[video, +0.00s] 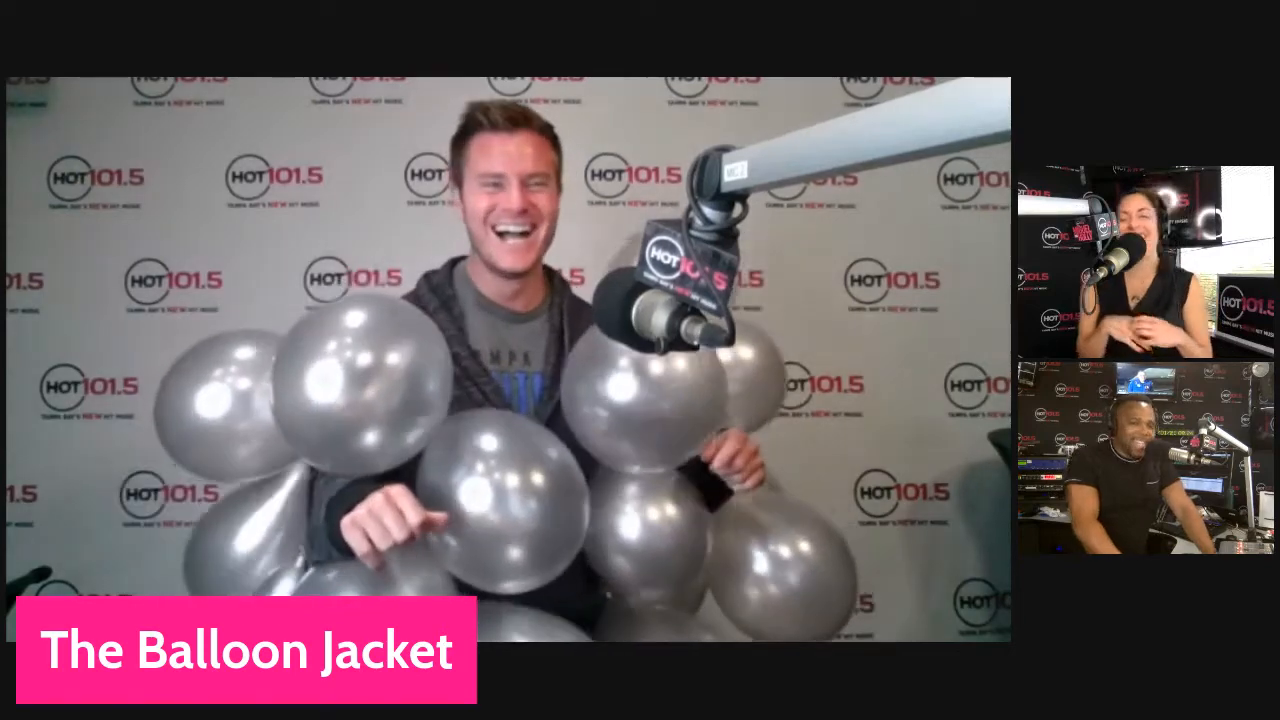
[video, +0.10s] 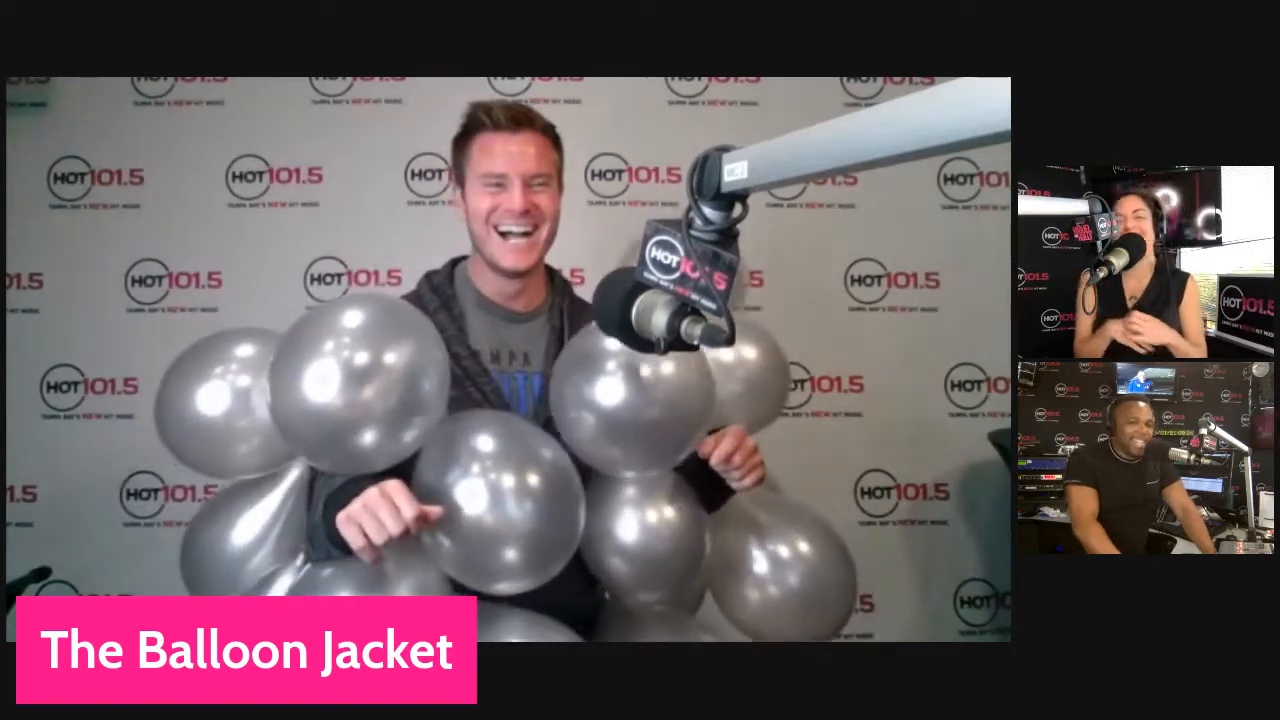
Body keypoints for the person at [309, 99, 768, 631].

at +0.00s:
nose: (516, 205)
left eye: (535, 184)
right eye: (493, 184)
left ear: (558, 198)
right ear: (458, 197)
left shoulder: (603, 335)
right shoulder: (402, 335)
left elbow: (651, 489)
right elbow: (335, 479)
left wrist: (714, 469)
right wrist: (361, 506)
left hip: (574, 612)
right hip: (435, 613)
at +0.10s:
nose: (519, 205)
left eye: (538, 185)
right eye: (495, 185)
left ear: (560, 198)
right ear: (460, 198)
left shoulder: (602, 335)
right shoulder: (402, 334)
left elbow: (651, 489)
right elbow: (336, 470)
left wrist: (714, 465)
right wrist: (355, 500)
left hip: (579, 613)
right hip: (438, 612)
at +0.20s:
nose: (520, 205)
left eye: (539, 184)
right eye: (496, 185)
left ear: (561, 197)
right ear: (461, 198)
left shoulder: (604, 335)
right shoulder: (403, 334)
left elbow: (651, 491)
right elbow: (336, 467)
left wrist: (716, 467)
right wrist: (353, 498)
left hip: (581, 613)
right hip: (438, 612)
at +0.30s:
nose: (522, 206)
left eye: (541, 186)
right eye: (498, 186)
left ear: (562, 197)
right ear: (463, 198)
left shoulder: (605, 335)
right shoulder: (403, 335)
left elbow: (653, 488)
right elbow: (335, 473)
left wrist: (716, 469)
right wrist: (351, 504)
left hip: (579, 616)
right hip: (437, 614)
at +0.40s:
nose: (521, 206)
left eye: (541, 185)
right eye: (498, 185)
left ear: (562, 197)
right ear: (462, 198)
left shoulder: (605, 334)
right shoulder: (404, 334)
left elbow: (653, 492)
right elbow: (337, 472)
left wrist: (718, 466)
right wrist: (351, 504)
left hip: (579, 615)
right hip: (437, 613)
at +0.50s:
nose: (521, 205)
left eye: (539, 184)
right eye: (497, 185)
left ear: (561, 195)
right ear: (461, 196)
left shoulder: (603, 333)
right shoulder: (406, 333)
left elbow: (653, 492)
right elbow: (338, 475)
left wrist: (722, 463)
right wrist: (357, 501)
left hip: (581, 613)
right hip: (440, 610)